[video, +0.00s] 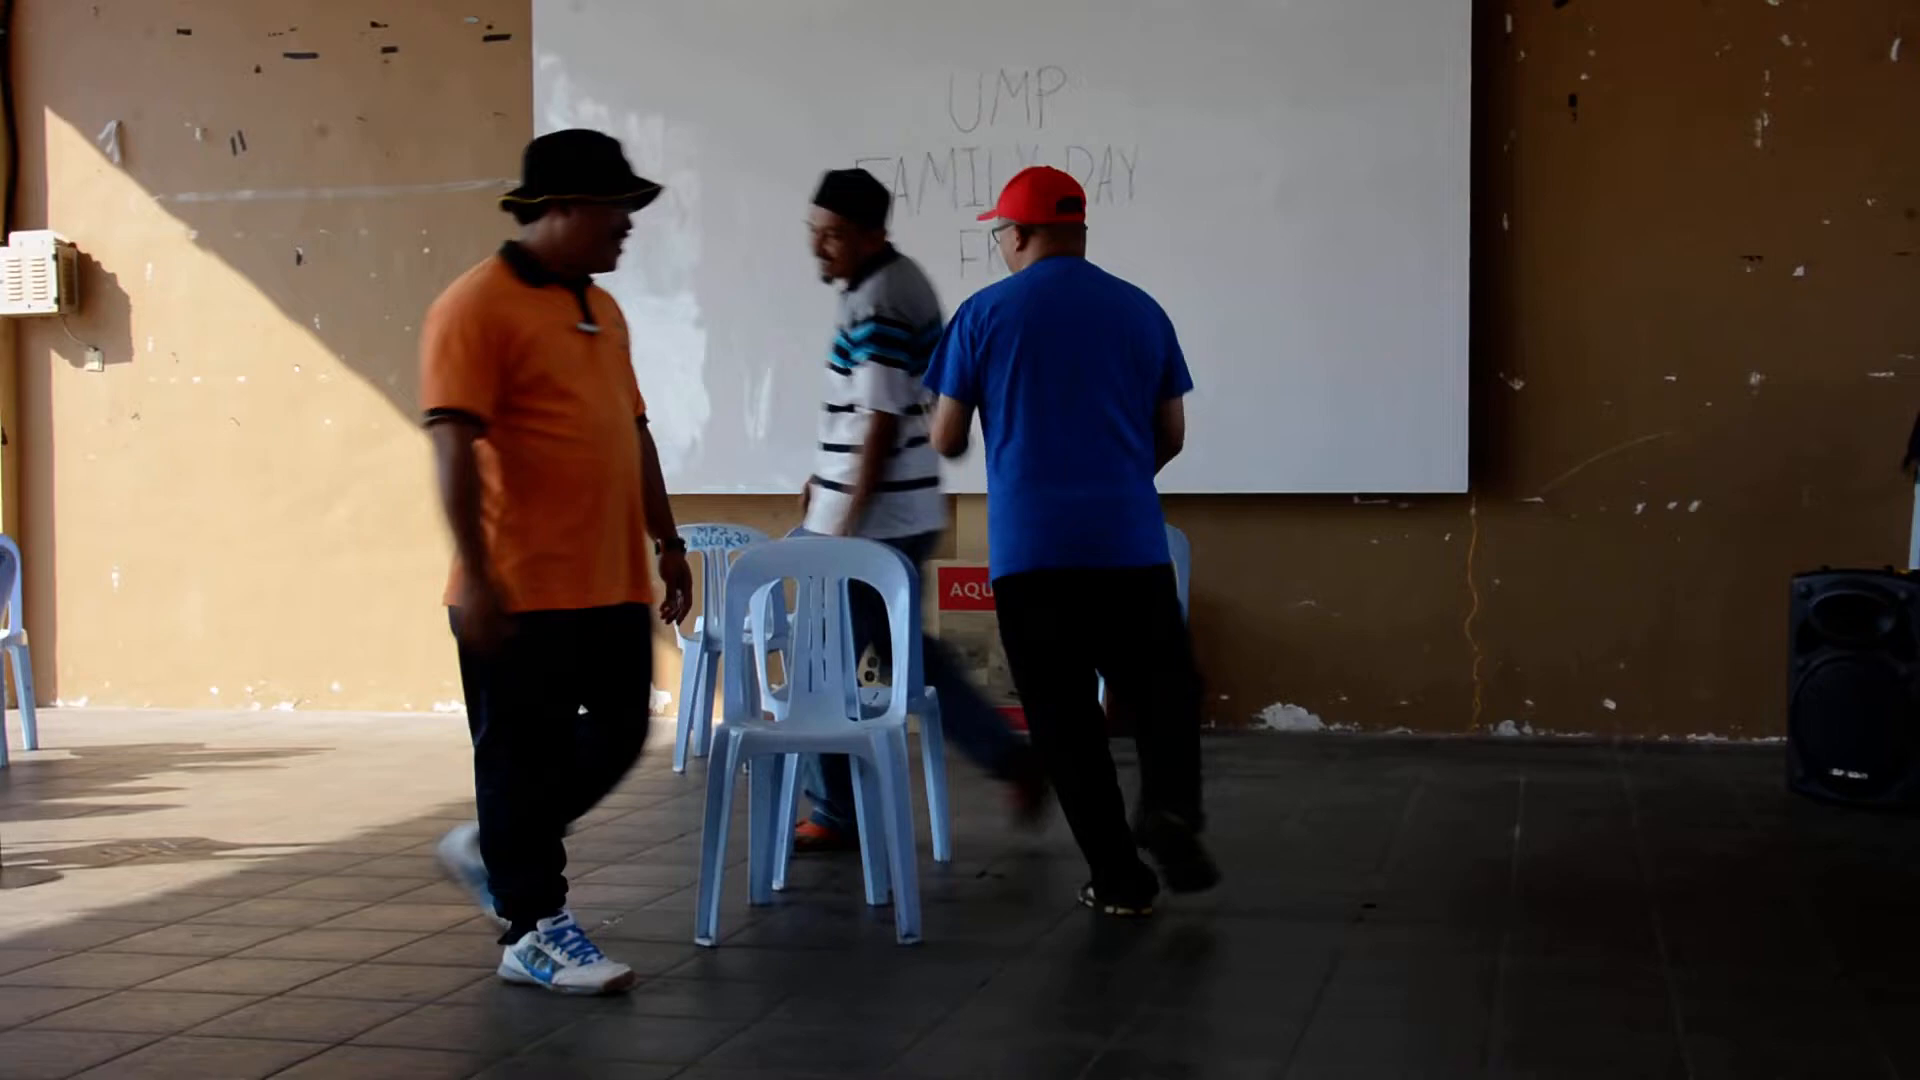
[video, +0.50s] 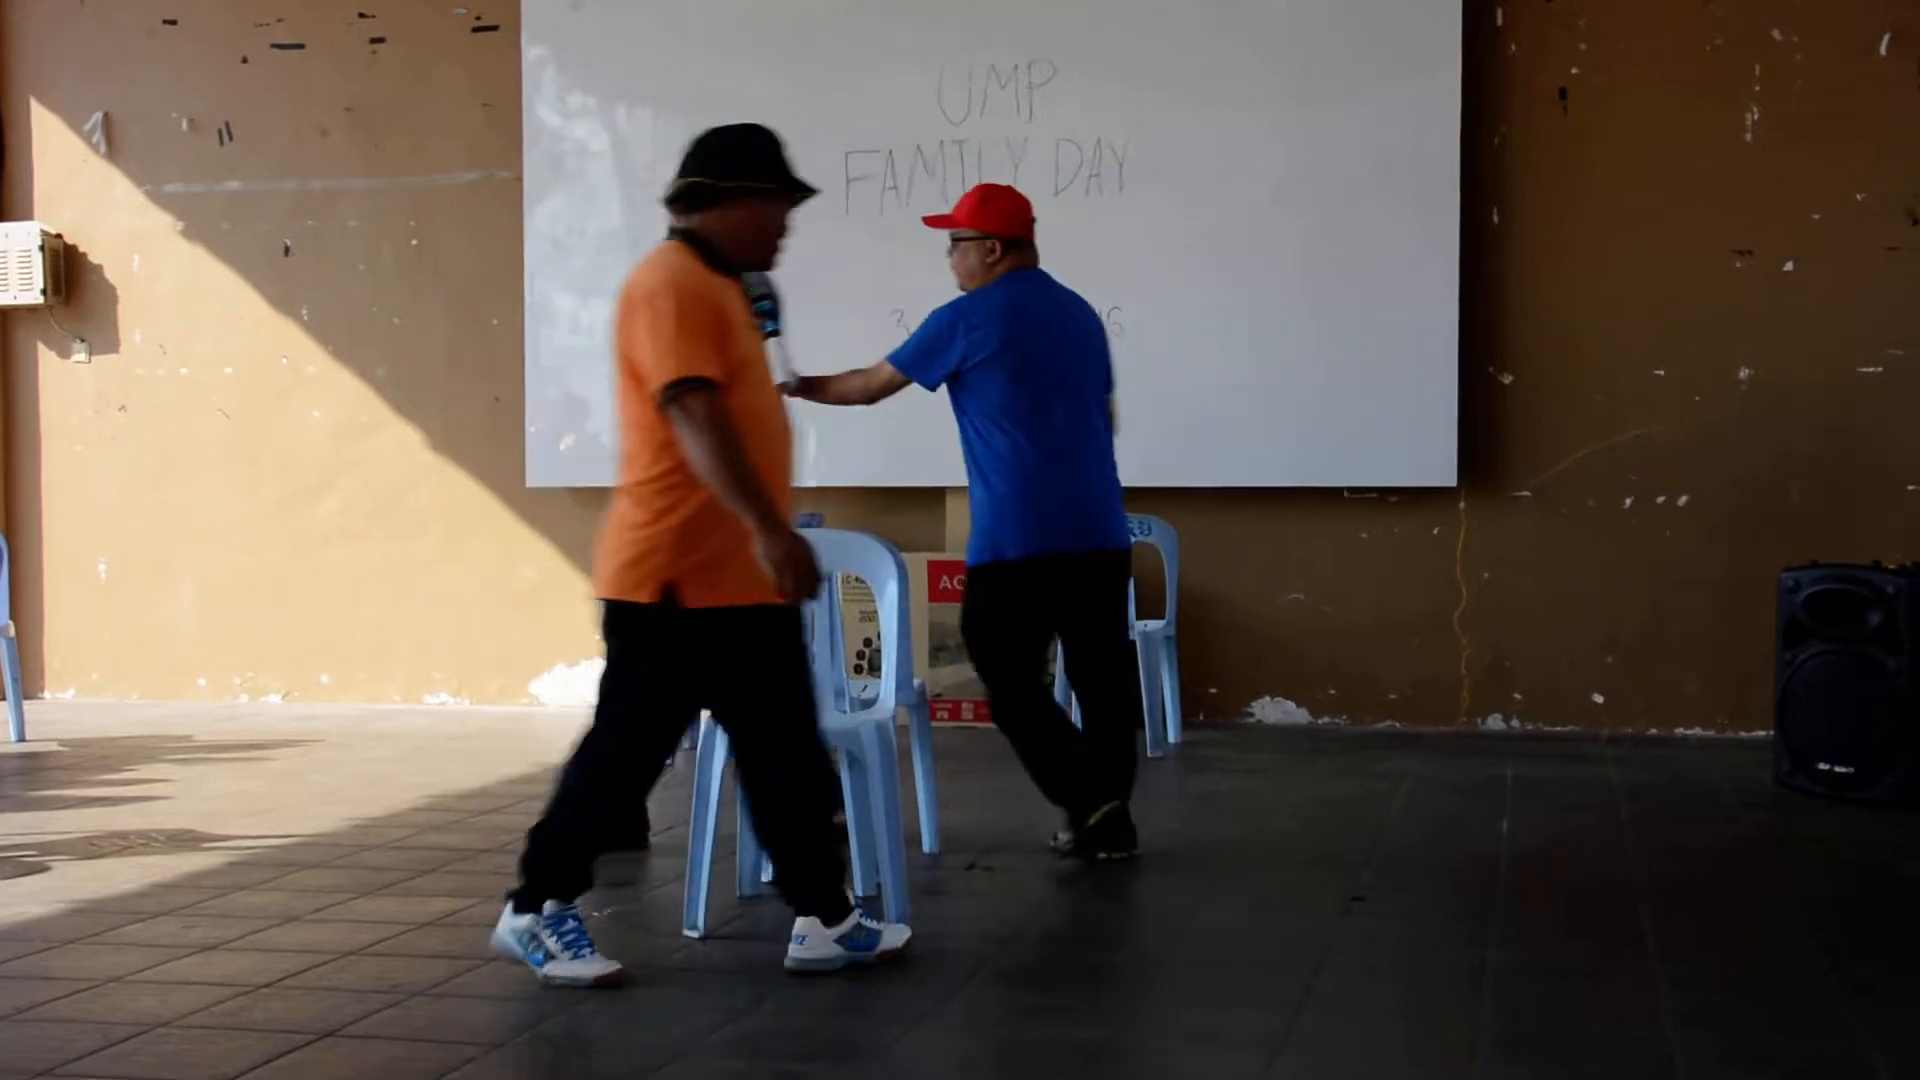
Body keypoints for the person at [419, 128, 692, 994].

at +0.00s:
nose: (626, 229)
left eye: (627, 214)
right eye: (612, 214)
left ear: (584, 215)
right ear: (555, 213)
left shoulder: (602, 311)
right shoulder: (472, 308)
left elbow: (634, 434)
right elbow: (453, 449)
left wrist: (667, 542)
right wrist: (471, 571)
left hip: (609, 579)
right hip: (516, 585)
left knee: (617, 736)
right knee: (524, 762)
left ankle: (489, 846)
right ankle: (533, 928)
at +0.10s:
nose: (642, 227)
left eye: (644, 212)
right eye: (630, 211)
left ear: (599, 209)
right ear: (574, 206)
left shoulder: (611, 304)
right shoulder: (496, 298)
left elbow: (636, 434)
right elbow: (485, 449)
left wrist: (667, 541)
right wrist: (512, 570)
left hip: (623, 575)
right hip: (534, 584)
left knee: (660, 715)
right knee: (530, 763)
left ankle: (541, 818)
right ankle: (530, 929)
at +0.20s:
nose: (672, 221)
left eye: (674, 206)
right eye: (660, 204)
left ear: (628, 203)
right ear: (604, 197)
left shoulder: (617, 291)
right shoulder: (535, 281)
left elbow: (629, 431)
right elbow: (535, 420)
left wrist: (663, 537)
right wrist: (581, 546)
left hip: (646, 564)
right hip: (562, 572)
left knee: (706, 694)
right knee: (553, 746)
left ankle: (610, 857)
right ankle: (529, 922)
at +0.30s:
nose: (704, 222)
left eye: (706, 206)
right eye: (693, 204)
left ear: (656, 205)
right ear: (644, 199)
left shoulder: (641, 284)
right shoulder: (576, 278)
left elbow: (646, 419)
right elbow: (587, 412)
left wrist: (682, 517)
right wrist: (651, 528)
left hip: (670, 563)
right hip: (590, 566)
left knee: (731, 714)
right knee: (567, 750)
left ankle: (716, 896)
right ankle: (530, 922)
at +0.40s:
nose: (754, 234)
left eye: (759, 217)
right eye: (746, 213)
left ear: (696, 209)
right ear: (694, 203)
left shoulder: (679, 289)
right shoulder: (620, 279)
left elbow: (684, 426)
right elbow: (641, 411)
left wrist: (758, 415)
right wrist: (718, 526)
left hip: (695, 566)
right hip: (625, 570)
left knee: (741, 744)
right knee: (584, 753)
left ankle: (811, 910)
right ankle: (527, 920)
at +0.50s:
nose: (784, 226)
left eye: (785, 209)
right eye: (772, 208)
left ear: (732, 208)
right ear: (718, 206)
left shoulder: (714, 289)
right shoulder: (671, 282)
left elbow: (718, 416)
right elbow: (693, 414)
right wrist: (772, 530)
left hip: (741, 573)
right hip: (673, 574)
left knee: (788, 753)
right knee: (623, 752)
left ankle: (825, 915)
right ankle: (536, 906)